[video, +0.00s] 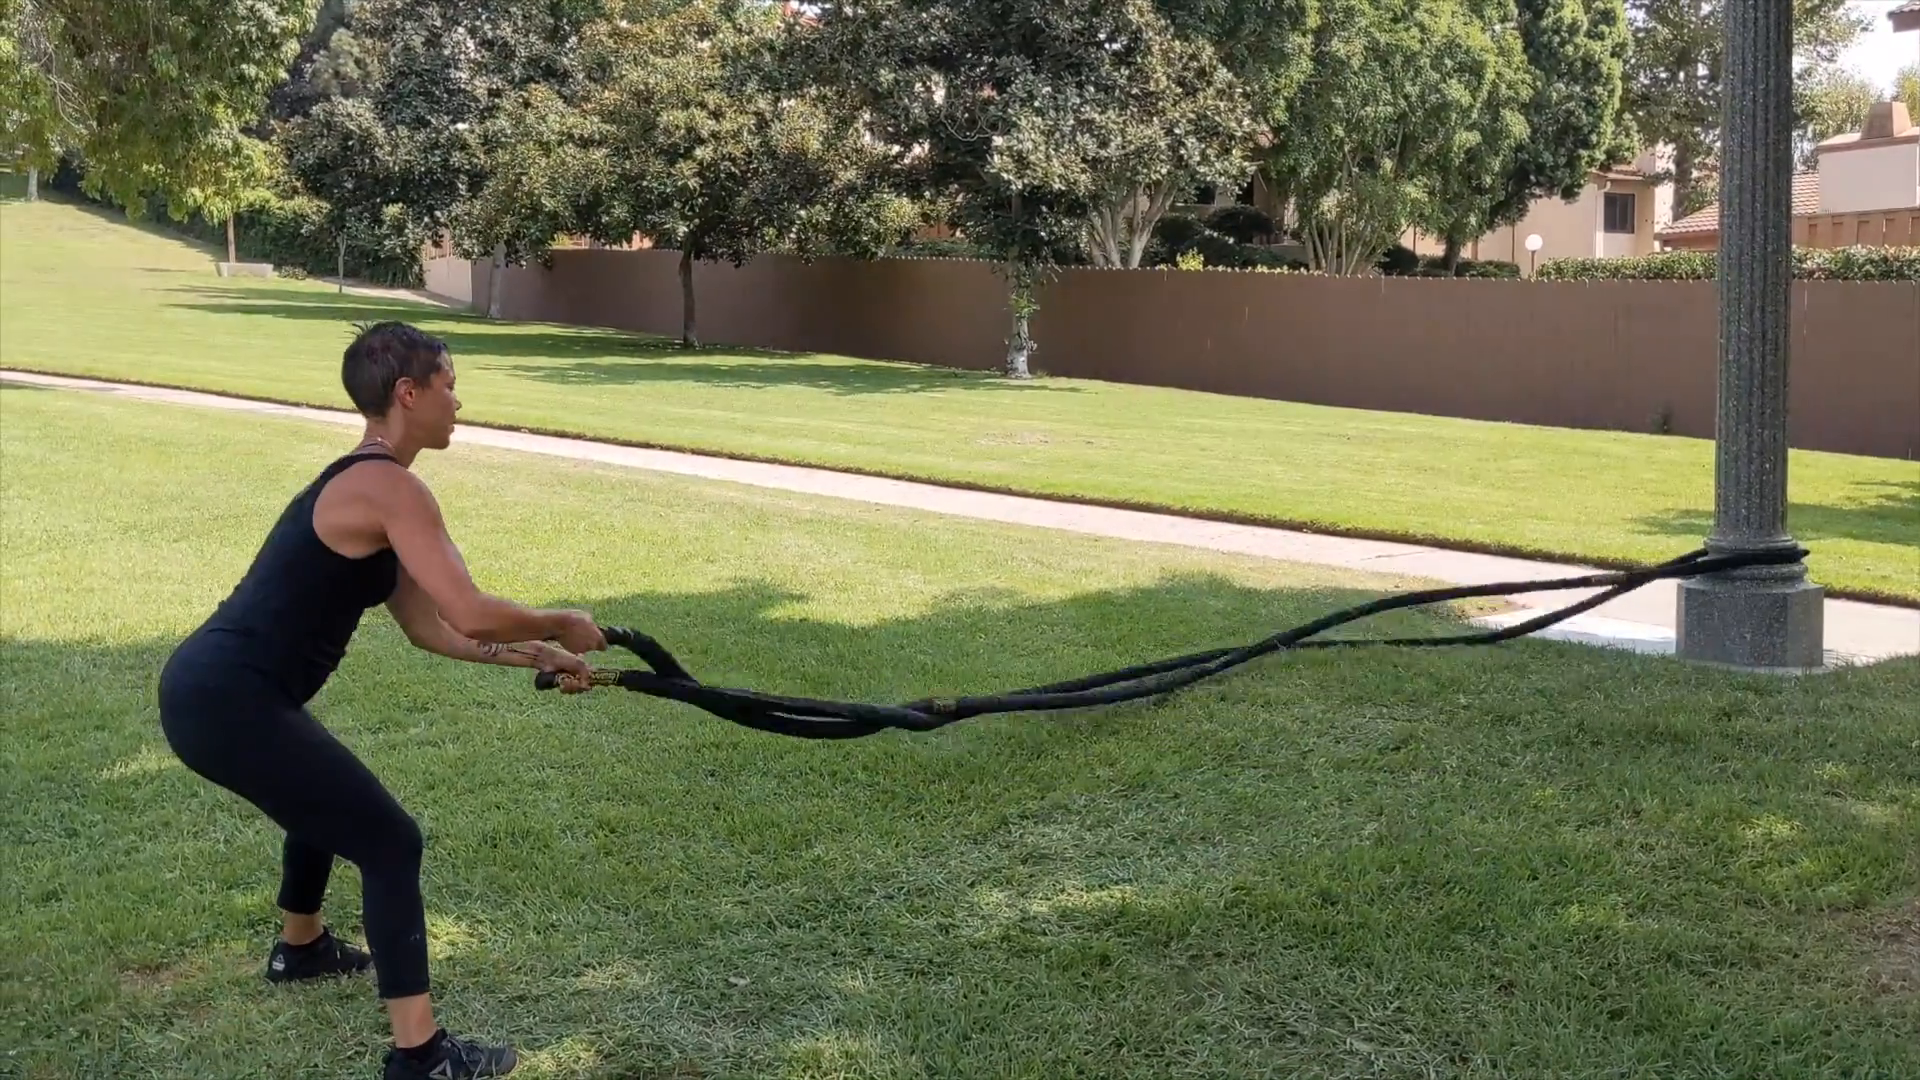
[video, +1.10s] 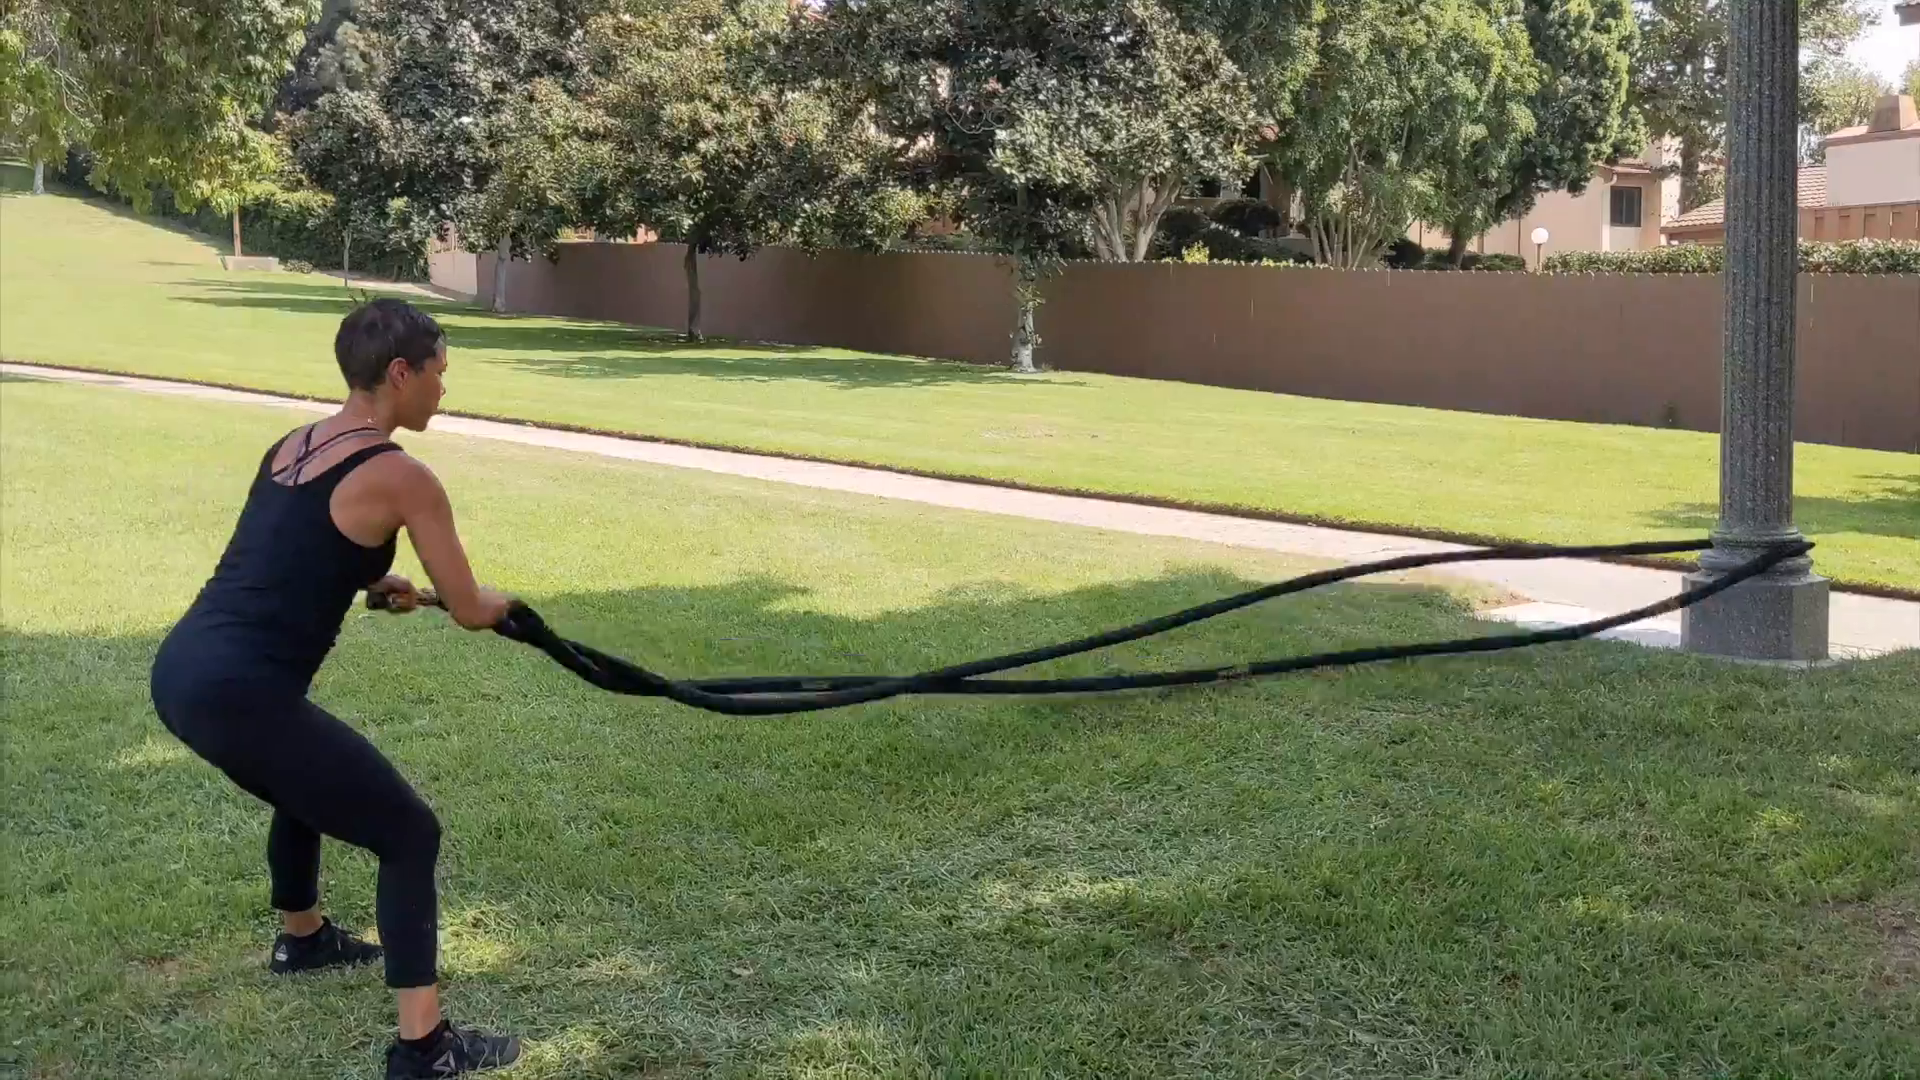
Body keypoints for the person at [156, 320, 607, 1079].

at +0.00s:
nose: (457, 399)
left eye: (454, 383)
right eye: (448, 384)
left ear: (394, 397)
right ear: (405, 394)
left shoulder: (358, 481)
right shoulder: (393, 487)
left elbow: (428, 629)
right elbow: (472, 615)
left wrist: (529, 653)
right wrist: (559, 622)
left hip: (211, 686)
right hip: (228, 703)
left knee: (327, 797)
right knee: (392, 840)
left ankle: (301, 949)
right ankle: (418, 1047)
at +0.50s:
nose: (426, 404)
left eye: (426, 387)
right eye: (419, 387)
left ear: (359, 389)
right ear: (376, 387)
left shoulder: (303, 461)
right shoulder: (363, 487)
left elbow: (357, 576)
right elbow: (431, 619)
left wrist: (471, 594)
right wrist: (527, 638)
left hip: (173, 677)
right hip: (217, 696)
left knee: (318, 790)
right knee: (381, 838)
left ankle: (296, 945)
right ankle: (412, 1047)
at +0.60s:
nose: (407, 397)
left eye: (407, 382)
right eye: (399, 382)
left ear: (340, 384)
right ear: (357, 383)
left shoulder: (272, 450)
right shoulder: (365, 483)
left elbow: (308, 561)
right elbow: (437, 615)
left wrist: (412, 576)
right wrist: (469, 629)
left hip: (160, 678)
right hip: (223, 695)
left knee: (304, 786)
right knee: (383, 837)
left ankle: (296, 945)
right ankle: (411, 1045)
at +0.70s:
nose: (403, 397)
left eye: (404, 381)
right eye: (397, 381)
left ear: (335, 383)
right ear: (355, 383)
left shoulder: (258, 444)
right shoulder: (382, 485)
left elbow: (263, 543)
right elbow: (429, 611)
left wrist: (346, 569)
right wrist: (404, 615)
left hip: (157, 681)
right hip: (232, 698)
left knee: (298, 779)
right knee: (393, 834)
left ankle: (296, 944)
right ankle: (411, 1044)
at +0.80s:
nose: (412, 396)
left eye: (411, 380)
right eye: (405, 381)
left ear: (341, 384)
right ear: (365, 384)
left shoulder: (265, 441)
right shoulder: (392, 486)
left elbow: (170, 530)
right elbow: (423, 600)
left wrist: (262, 549)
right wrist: (371, 570)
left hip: (163, 682)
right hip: (244, 697)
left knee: (294, 785)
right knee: (406, 833)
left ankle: (297, 943)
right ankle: (414, 1042)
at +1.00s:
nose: (434, 387)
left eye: (432, 372)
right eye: (428, 372)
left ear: (355, 379)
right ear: (392, 379)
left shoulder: (281, 440)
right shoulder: (411, 483)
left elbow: (177, 528)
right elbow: (458, 608)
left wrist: (259, 552)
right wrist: (398, 582)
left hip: (176, 681)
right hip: (252, 698)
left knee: (297, 780)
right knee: (415, 831)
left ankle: (300, 939)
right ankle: (419, 1040)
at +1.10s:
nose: (443, 384)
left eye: (442, 368)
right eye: (438, 368)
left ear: (366, 374)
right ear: (399, 373)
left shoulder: (297, 441)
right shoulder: (404, 478)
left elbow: (297, 540)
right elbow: (466, 605)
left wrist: (375, 581)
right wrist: (499, 609)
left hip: (182, 674)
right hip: (244, 696)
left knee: (304, 779)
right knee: (410, 829)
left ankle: (302, 937)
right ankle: (422, 1039)